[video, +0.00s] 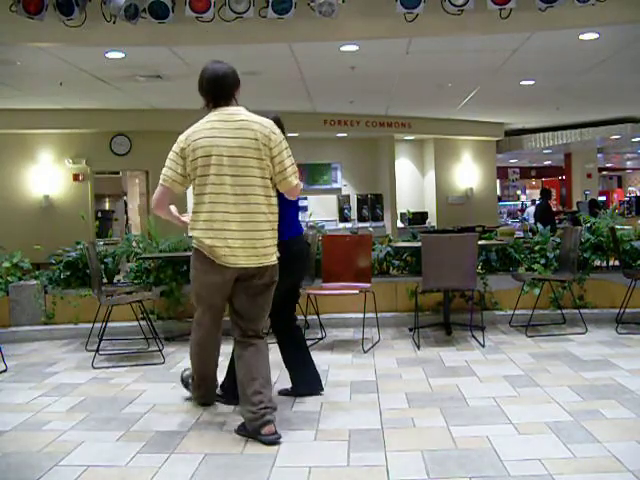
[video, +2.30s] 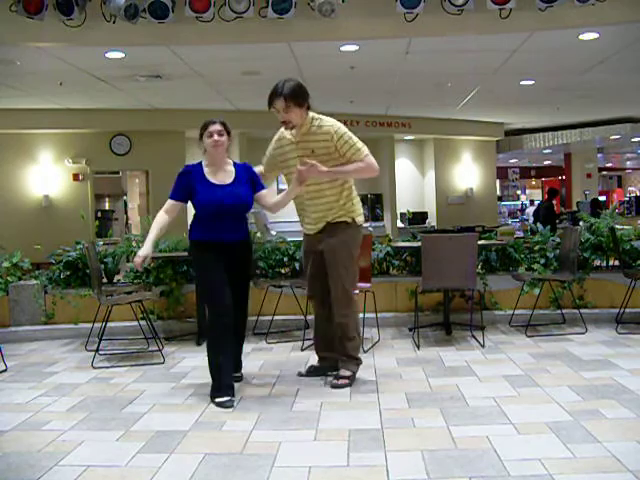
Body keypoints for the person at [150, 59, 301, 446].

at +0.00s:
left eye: (205, 93)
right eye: (236, 89)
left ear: (203, 96)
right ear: (239, 91)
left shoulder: (192, 136)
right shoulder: (266, 130)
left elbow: (160, 203)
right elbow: (292, 191)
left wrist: (181, 220)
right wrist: (284, 173)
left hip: (212, 251)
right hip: (261, 251)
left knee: (206, 322)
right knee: (253, 334)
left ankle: (203, 389)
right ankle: (260, 421)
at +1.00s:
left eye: (170, 123)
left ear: (173, 122)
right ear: (200, 115)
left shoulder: (166, 152)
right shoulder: (228, 143)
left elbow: (144, 206)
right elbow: (261, 191)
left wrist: (158, 212)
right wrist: (273, 172)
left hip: (188, 243)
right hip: (230, 241)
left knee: (201, 314)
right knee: (253, 309)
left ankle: (200, 386)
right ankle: (289, 382)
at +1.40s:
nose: (203, 134)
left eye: (204, 128)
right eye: (201, 129)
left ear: (217, 123)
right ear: (229, 122)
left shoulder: (222, 153)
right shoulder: (260, 147)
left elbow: (204, 210)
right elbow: (279, 192)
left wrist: (168, 206)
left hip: (242, 252)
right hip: (275, 249)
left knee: (214, 311)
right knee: (274, 307)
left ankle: (204, 385)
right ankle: (321, 352)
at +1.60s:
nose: (238, 135)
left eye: (240, 129)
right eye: (236, 130)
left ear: (256, 124)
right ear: (260, 124)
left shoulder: (270, 153)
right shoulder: (282, 146)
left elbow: (258, 207)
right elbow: (264, 202)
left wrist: (212, 203)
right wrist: (219, 205)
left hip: (276, 248)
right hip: (296, 245)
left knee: (240, 308)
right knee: (288, 310)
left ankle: (215, 382)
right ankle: (329, 363)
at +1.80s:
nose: (269, 136)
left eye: (271, 130)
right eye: (267, 130)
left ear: (288, 126)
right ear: (285, 128)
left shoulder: (308, 155)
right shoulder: (290, 153)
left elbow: (311, 203)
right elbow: (278, 187)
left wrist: (267, 194)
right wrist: (257, 190)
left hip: (307, 242)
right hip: (295, 240)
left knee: (273, 305)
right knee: (292, 308)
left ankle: (241, 377)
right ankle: (328, 362)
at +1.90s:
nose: (208, 150)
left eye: (213, 145)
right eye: (205, 146)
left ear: (227, 148)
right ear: (204, 151)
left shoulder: (240, 172)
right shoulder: (212, 180)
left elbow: (257, 210)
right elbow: (214, 224)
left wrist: (263, 192)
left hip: (242, 247)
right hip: (219, 249)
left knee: (230, 306)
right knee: (201, 303)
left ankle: (248, 363)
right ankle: (227, 351)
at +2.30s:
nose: (216, 138)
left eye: (221, 133)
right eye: (210, 135)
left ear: (229, 140)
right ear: (202, 143)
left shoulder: (244, 171)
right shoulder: (190, 174)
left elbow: (272, 205)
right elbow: (167, 213)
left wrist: (294, 188)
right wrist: (148, 245)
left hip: (239, 249)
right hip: (206, 250)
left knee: (238, 312)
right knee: (219, 312)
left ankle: (234, 366)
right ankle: (221, 388)